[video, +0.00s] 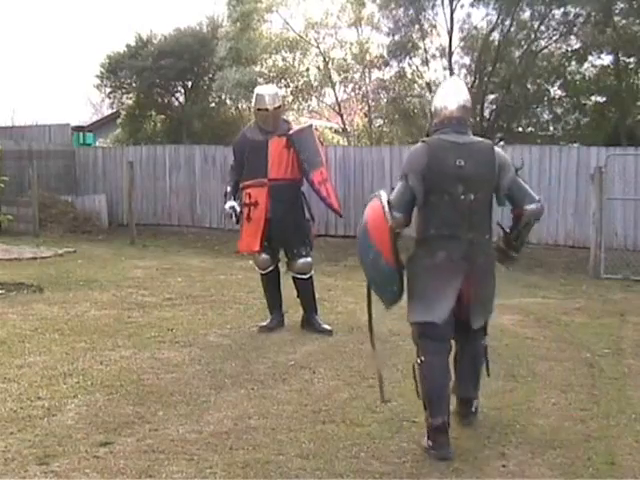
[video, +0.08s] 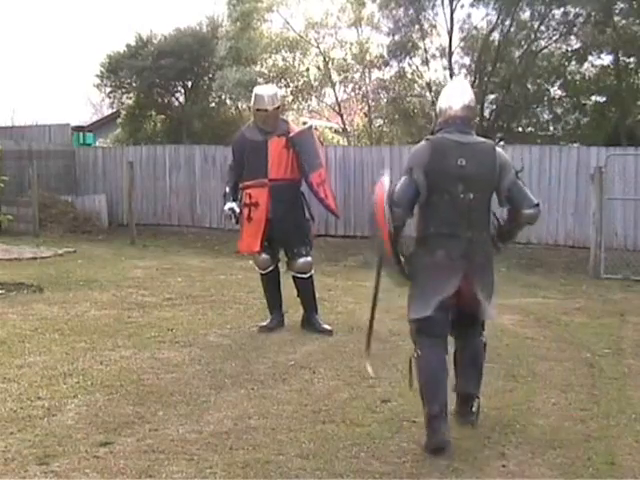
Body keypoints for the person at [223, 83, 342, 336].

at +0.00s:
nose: (267, 116)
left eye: (271, 110)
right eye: (261, 111)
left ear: (280, 109)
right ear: (254, 111)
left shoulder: (293, 135)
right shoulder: (244, 140)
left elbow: (312, 166)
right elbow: (235, 175)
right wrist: (231, 199)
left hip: (291, 207)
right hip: (258, 210)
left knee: (302, 262)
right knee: (264, 261)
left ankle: (310, 316)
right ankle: (276, 315)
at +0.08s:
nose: (265, 116)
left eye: (270, 110)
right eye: (260, 111)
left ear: (279, 109)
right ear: (253, 111)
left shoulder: (293, 134)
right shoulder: (243, 139)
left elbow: (311, 165)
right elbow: (234, 173)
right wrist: (230, 199)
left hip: (290, 206)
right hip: (258, 209)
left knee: (302, 261)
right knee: (264, 261)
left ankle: (311, 316)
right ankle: (276, 315)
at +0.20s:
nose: (261, 117)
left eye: (266, 111)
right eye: (256, 112)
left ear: (276, 109)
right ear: (250, 111)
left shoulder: (291, 134)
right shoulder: (240, 139)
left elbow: (309, 169)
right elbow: (231, 175)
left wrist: (305, 137)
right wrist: (229, 200)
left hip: (290, 205)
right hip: (257, 207)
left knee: (303, 260)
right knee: (264, 260)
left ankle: (312, 315)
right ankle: (275, 315)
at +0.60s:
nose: (256, 117)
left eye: (260, 112)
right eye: (251, 112)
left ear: (270, 109)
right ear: (244, 111)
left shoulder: (286, 133)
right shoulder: (234, 139)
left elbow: (306, 166)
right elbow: (222, 170)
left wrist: (299, 136)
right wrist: (222, 190)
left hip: (287, 200)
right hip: (255, 205)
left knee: (300, 255)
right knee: (265, 258)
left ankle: (279, 297)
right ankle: (276, 314)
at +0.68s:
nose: (254, 118)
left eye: (259, 112)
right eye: (250, 112)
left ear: (269, 110)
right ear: (244, 110)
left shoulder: (287, 134)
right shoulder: (234, 138)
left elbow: (306, 165)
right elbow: (221, 171)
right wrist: (222, 187)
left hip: (287, 199)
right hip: (255, 203)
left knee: (297, 256)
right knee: (265, 258)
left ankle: (269, 288)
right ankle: (275, 314)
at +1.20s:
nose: (268, 118)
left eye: (273, 114)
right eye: (264, 113)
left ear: (278, 113)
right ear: (254, 110)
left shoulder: (286, 137)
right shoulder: (238, 134)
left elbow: (300, 169)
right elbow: (221, 164)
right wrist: (226, 174)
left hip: (277, 200)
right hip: (247, 200)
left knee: (275, 257)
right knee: (252, 252)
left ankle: (259, 303)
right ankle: (263, 305)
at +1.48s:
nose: (271, 117)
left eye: (276, 113)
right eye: (267, 111)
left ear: (282, 114)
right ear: (258, 109)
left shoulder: (287, 138)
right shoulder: (239, 130)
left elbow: (297, 172)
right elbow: (219, 158)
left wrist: (293, 148)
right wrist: (224, 168)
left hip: (271, 203)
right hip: (240, 200)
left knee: (265, 257)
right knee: (236, 252)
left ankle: (257, 308)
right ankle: (234, 308)